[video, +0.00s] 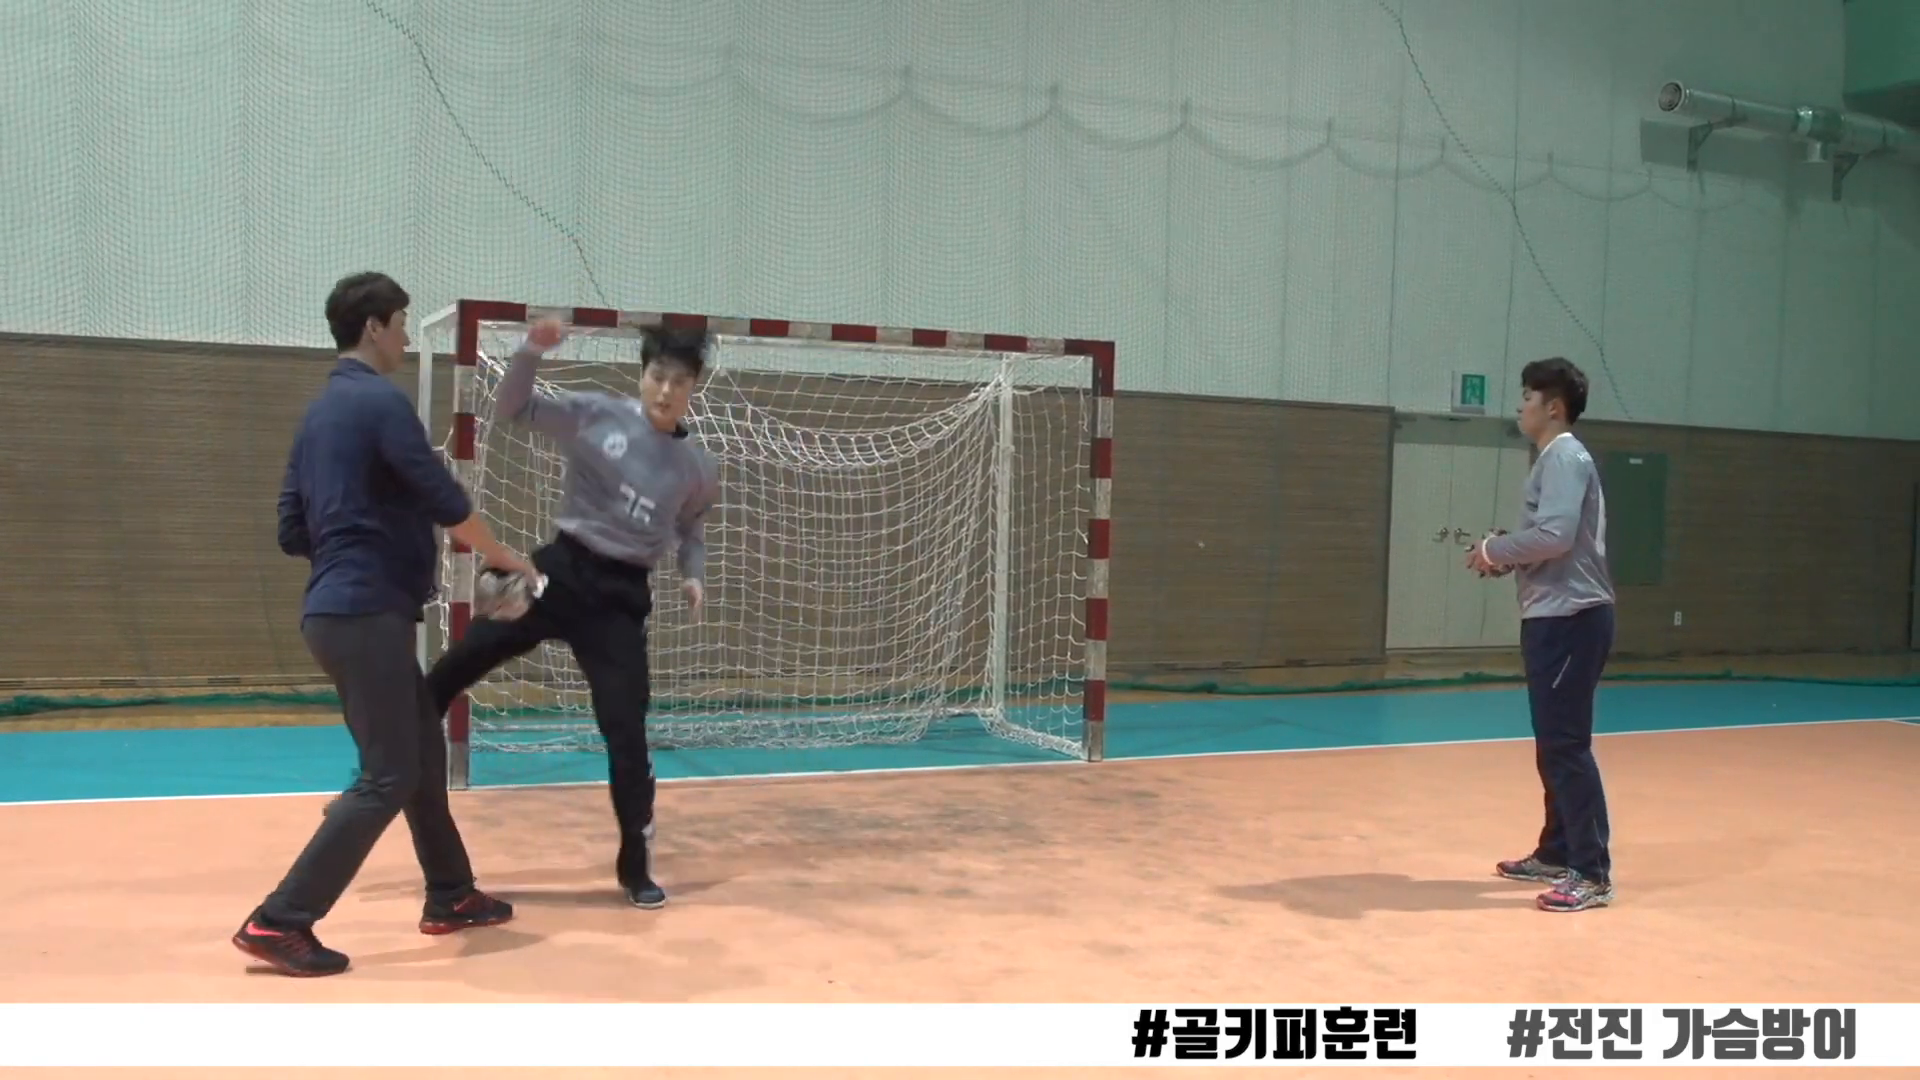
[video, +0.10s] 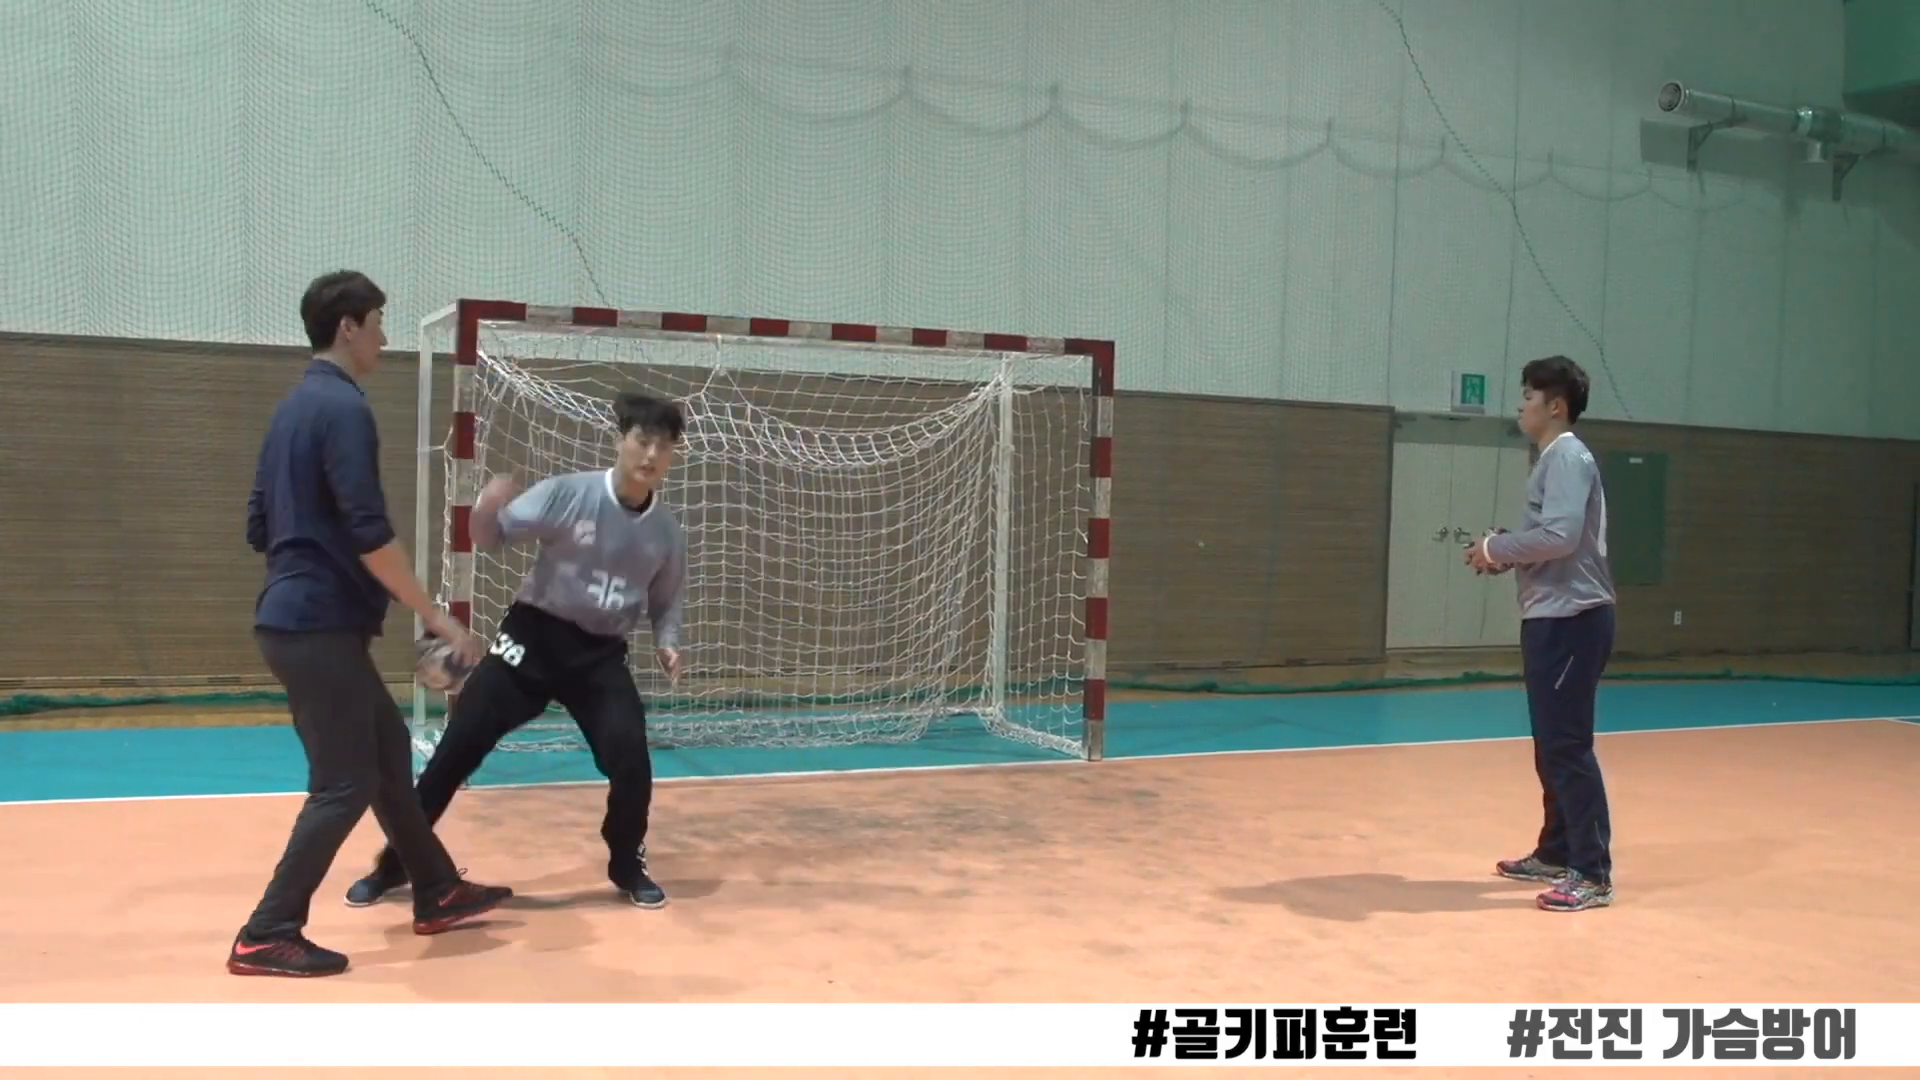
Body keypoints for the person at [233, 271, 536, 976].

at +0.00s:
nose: (408, 336)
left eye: (405, 324)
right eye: (401, 324)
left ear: (353, 330)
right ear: (374, 327)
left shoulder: (322, 410)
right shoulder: (382, 400)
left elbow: (295, 530)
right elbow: (446, 501)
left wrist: (386, 538)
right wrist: (502, 556)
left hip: (335, 607)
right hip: (369, 610)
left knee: (423, 754)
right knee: (386, 777)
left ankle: (450, 896)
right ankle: (279, 923)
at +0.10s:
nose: (385, 340)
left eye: (383, 325)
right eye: (379, 325)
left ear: (333, 330)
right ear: (348, 328)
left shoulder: (294, 407)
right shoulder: (342, 407)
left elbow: (264, 529)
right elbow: (371, 537)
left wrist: (338, 566)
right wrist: (441, 618)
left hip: (293, 618)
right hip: (318, 624)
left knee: (387, 744)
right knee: (346, 780)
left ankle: (436, 891)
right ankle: (267, 935)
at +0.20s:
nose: (360, 339)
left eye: (359, 325)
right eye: (355, 325)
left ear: (309, 327)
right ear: (324, 326)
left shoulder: (275, 397)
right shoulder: (304, 405)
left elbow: (267, 528)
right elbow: (289, 533)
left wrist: (336, 568)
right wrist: (339, 632)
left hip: (274, 613)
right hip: (268, 619)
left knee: (366, 730)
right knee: (324, 772)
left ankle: (346, 891)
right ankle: (266, 936)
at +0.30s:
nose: (331, 325)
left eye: (330, 312)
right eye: (325, 311)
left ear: (283, 317)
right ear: (293, 316)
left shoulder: (268, 387)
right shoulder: (260, 392)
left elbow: (250, 513)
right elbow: (213, 506)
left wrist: (312, 555)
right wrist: (238, 605)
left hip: (250, 614)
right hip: (235, 618)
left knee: (310, 741)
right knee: (289, 759)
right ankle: (267, 935)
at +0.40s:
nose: (294, 324)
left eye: (294, 310)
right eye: (288, 310)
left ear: (249, 315)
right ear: (254, 314)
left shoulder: (236, 392)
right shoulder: (210, 388)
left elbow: (215, 517)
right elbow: (138, 484)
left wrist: (286, 556)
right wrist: (153, 576)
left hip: (210, 621)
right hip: (200, 623)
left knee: (204, 775)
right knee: (252, 770)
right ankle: (263, 935)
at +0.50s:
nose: (255, 329)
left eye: (254, 316)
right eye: (249, 315)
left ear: (210, 320)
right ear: (213, 319)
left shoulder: (199, 405)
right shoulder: (163, 395)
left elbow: (187, 531)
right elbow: (76, 483)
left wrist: (264, 563)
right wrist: (88, 567)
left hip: (150, 631)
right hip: (149, 633)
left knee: (95, 784)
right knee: (219, 775)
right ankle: (259, 934)